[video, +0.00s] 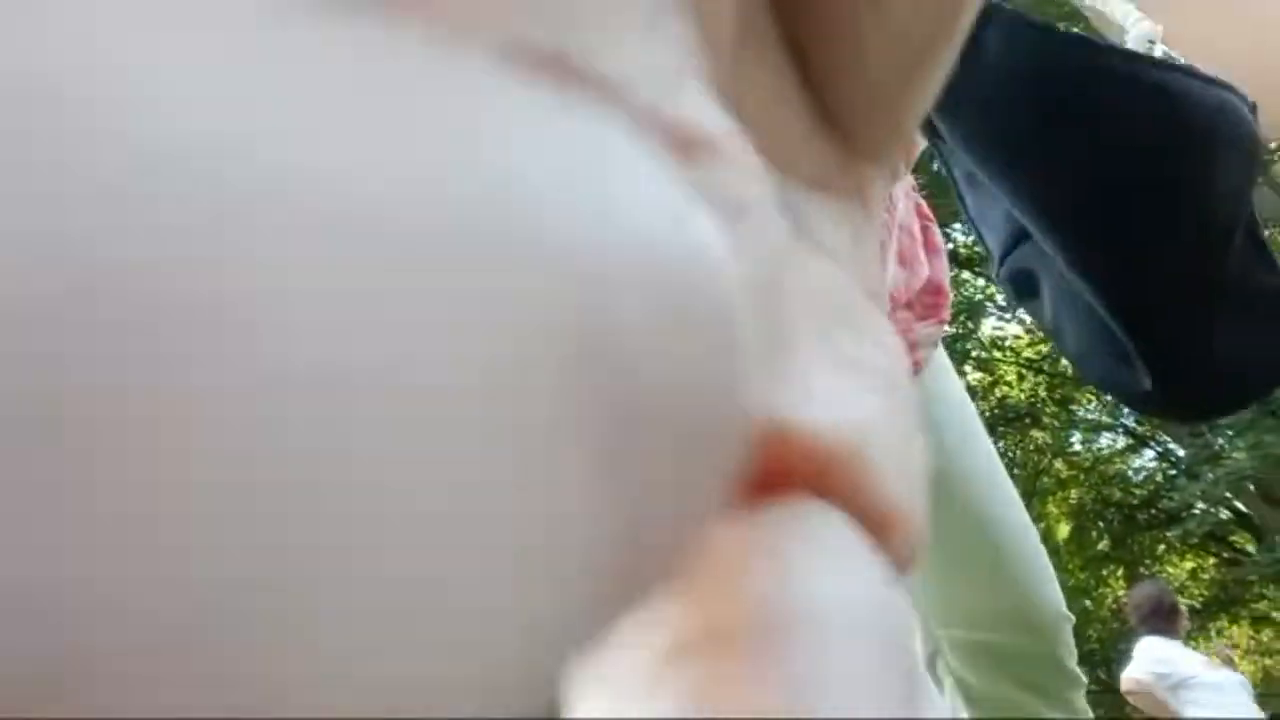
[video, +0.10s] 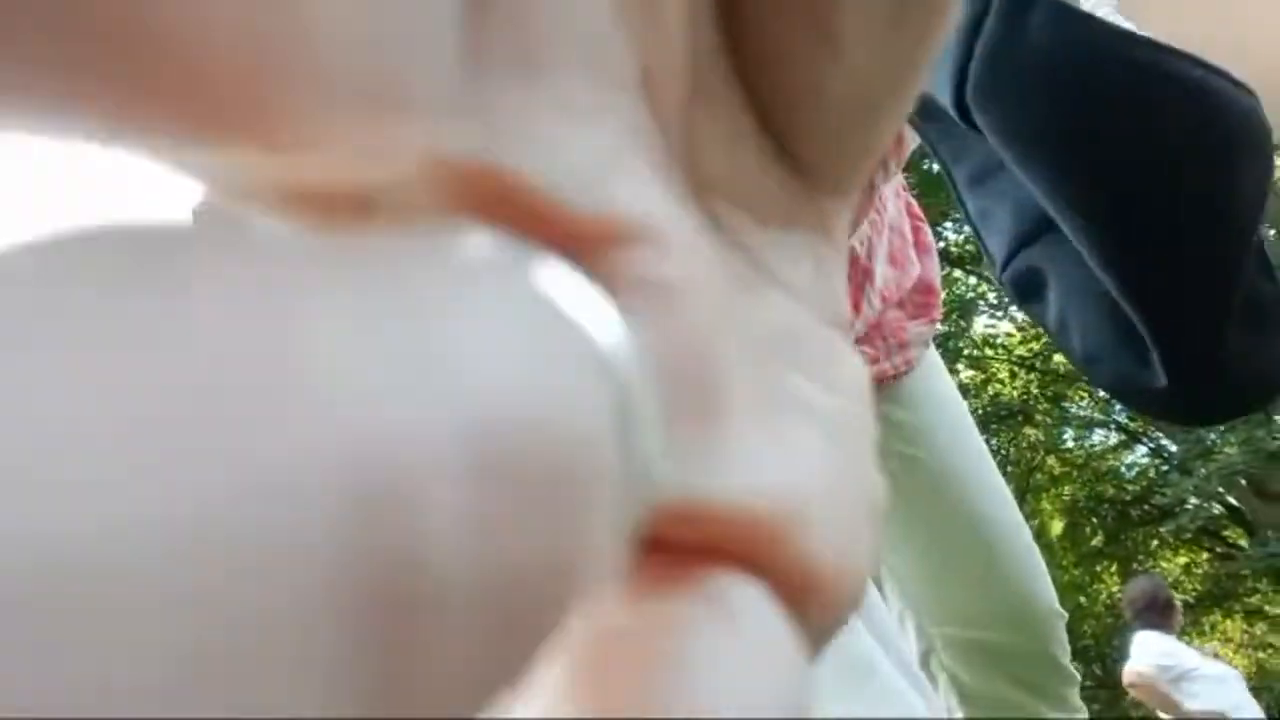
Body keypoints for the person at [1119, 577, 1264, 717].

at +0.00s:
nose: (1185, 610)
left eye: (1181, 604)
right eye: (1180, 604)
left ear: (1139, 620)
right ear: (1175, 613)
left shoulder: (1188, 653)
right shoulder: (1152, 645)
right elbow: (1132, 686)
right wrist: (1173, 714)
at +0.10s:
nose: (1179, 605)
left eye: (1176, 600)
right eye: (1174, 600)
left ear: (1136, 614)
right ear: (1167, 608)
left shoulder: (1174, 644)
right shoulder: (1149, 639)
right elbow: (1134, 680)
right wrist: (1180, 712)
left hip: (1247, 710)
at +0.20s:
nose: (1177, 605)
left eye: (1174, 599)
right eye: (1173, 599)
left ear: (1133, 612)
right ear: (1167, 606)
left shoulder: (1165, 640)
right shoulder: (1147, 637)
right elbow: (1138, 676)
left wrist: (1201, 649)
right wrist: (1190, 711)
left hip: (1248, 710)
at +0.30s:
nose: (1176, 603)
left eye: (1173, 597)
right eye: (1172, 598)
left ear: (1134, 612)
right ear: (1166, 604)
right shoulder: (1147, 636)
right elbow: (1144, 675)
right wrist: (1194, 711)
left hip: (1249, 711)